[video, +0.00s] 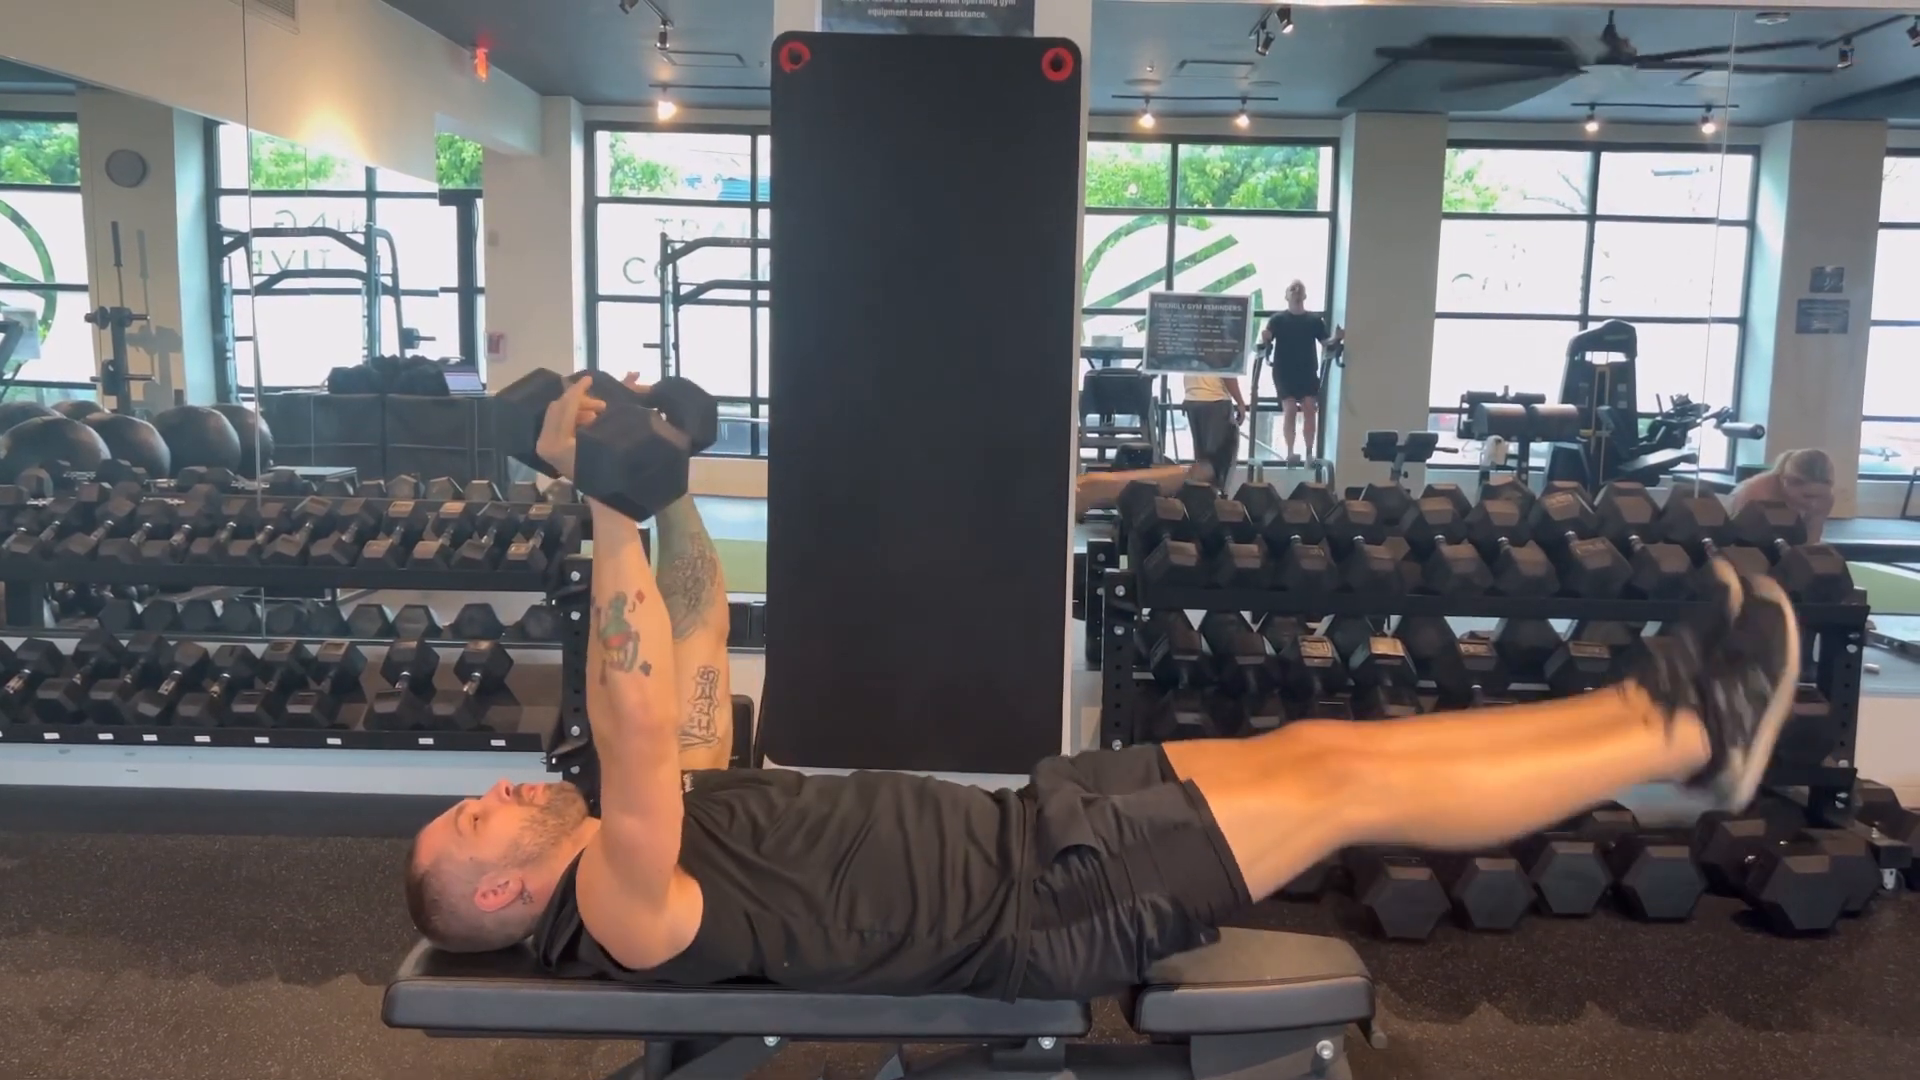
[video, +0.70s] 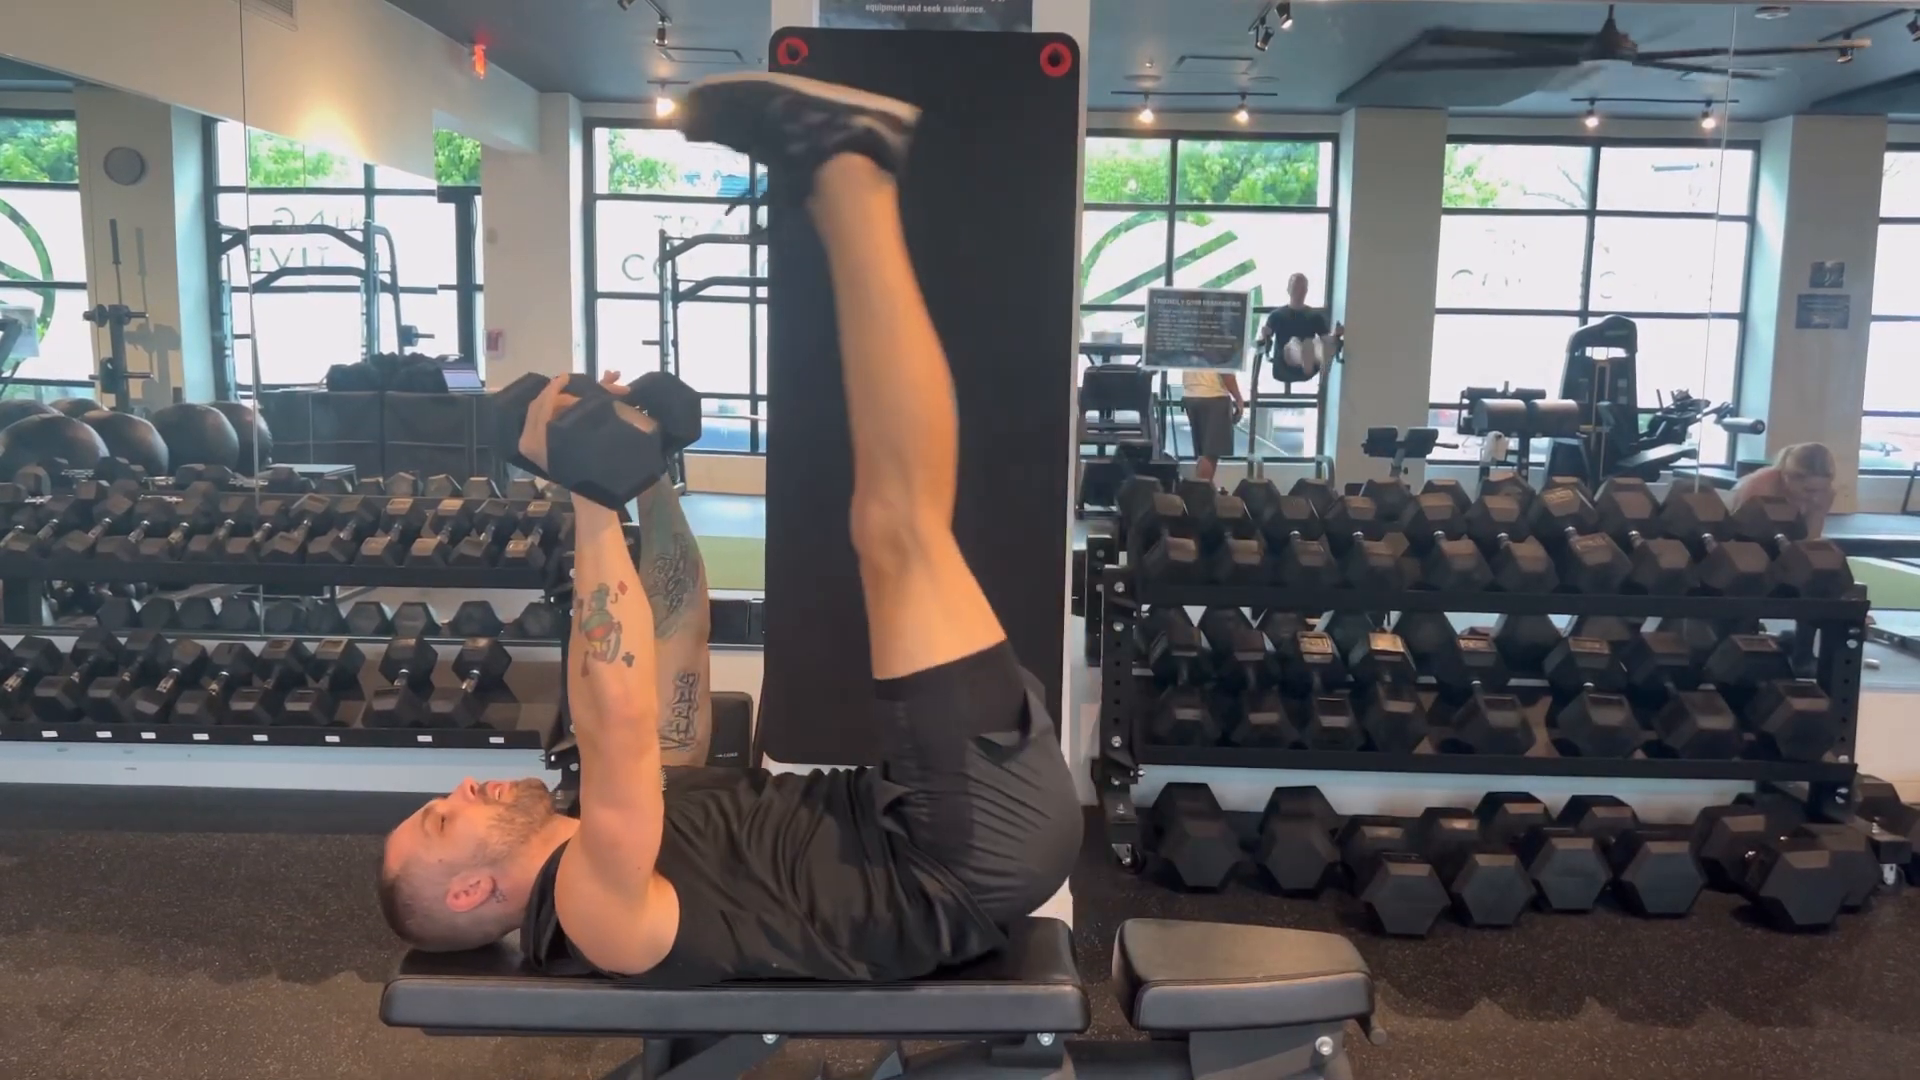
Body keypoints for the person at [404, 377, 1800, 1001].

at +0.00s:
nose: (503, 799)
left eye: (481, 805)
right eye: (484, 834)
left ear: (536, 844)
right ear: (520, 906)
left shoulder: (653, 823)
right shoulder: (628, 899)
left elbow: (698, 656)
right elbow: (631, 688)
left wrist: (651, 494)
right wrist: (613, 508)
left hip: (1043, 813)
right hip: (1050, 895)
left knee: (1333, 746)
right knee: (1346, 774)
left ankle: (1668, 708)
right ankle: (1686, 731)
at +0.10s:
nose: (503, 797)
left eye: (483, 804)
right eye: (482, 832)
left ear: (537, 844)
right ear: (519, 908)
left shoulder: (651, 836)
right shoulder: (631, 906)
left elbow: (695, 659)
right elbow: (630, 706)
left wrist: (658, 494)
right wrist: (609, 513)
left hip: (1032, 806)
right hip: (1041, 884)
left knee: (1302, 686)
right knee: (1313, 713)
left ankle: (1609, 570)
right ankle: (1642, 593)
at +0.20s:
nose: (490, 794)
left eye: (474, 808)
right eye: (474, 833)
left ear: (524, 832)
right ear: (507, 893)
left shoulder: (636, 828)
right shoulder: (625, 907)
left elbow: (686, 646)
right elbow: (628, 690)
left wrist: (634, 472)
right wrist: (620, 504)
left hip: (1005, 821)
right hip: (1032, 889)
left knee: (1249, 631)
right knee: (1259, 650)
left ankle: (1504, 446)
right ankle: (1543, 454)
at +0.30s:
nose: (488, 785)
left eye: (469, 795)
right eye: (469, 822)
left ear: (511, 811)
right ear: (506, 888)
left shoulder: (644, 828)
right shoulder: (624, 904)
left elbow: (691, 645)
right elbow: (632, 700)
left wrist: (645, 485)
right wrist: (604, 508)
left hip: (990, 818)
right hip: (1023, 889)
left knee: (1160, 589)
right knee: (1183, 603)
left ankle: (1365, 323)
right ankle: (1401, 318)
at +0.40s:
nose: (492, 791)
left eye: (466, 801)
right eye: (467, 823)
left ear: (509, 840)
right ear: (499, 893)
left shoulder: (646, 833)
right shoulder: (620, 907)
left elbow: (691, 643)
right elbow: (630, 724)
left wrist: (647, 482)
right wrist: (607, 500)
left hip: (979, 842)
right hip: (1013, 897)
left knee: (1084, 556)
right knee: (1101, 565)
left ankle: (1214, 246)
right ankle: (1221, 242)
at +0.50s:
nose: (481, 790)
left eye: (453, 801)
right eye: (457, 819)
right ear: (489, 893)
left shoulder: (628, 841)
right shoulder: (611, 897)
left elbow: (685, 630)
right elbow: (621, 697)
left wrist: (651, 475)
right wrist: (599, 494)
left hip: (964, 839)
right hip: (991, 888)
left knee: (1016, 547)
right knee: (1013, 550)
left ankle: (1061, 206)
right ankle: (1064, 201)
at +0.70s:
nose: (472, 786)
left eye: (438, 800)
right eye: (445, 816)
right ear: (479, 892)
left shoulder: (604, 845)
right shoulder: (599, 901)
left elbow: (681, 622)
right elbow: (615, 701)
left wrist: (647, 476)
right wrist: (590, 500)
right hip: (966, 855)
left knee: (902, 524)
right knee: (895, 528)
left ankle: (846, 172)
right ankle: (845, 167)